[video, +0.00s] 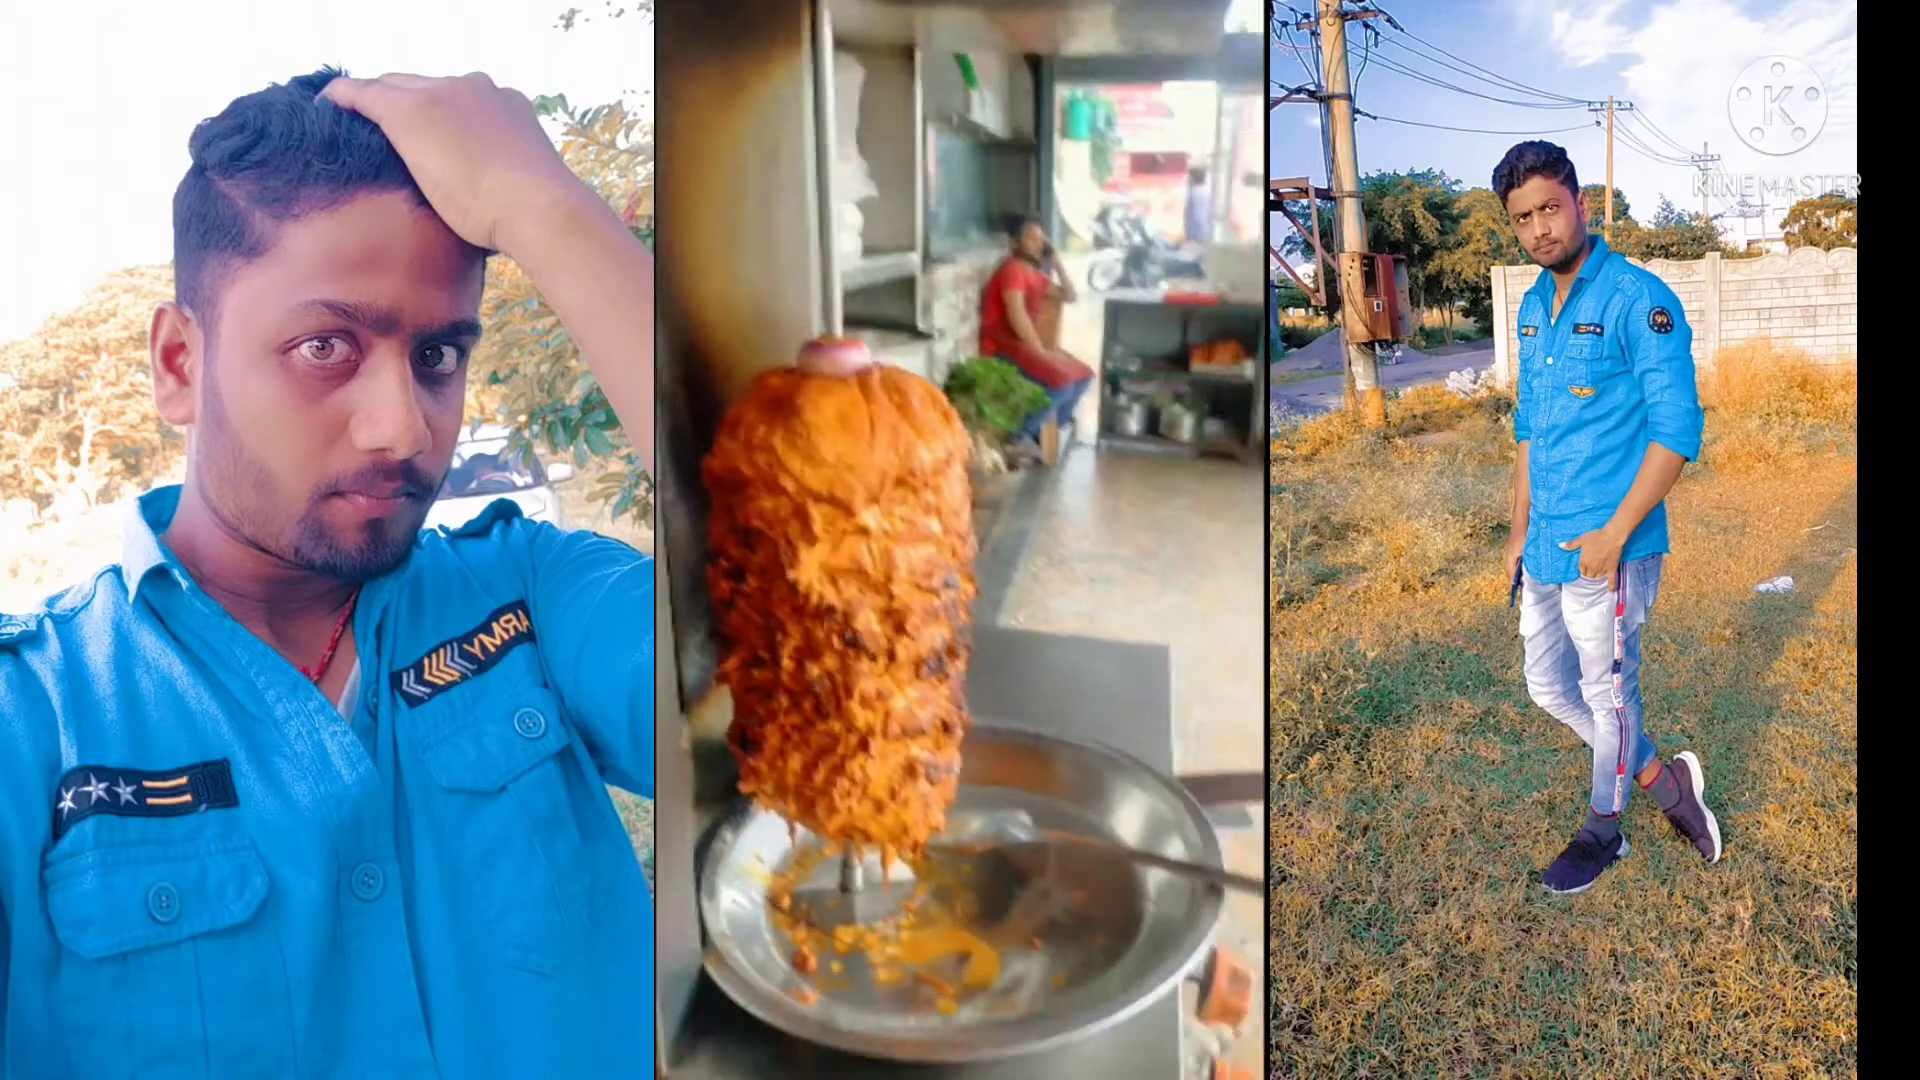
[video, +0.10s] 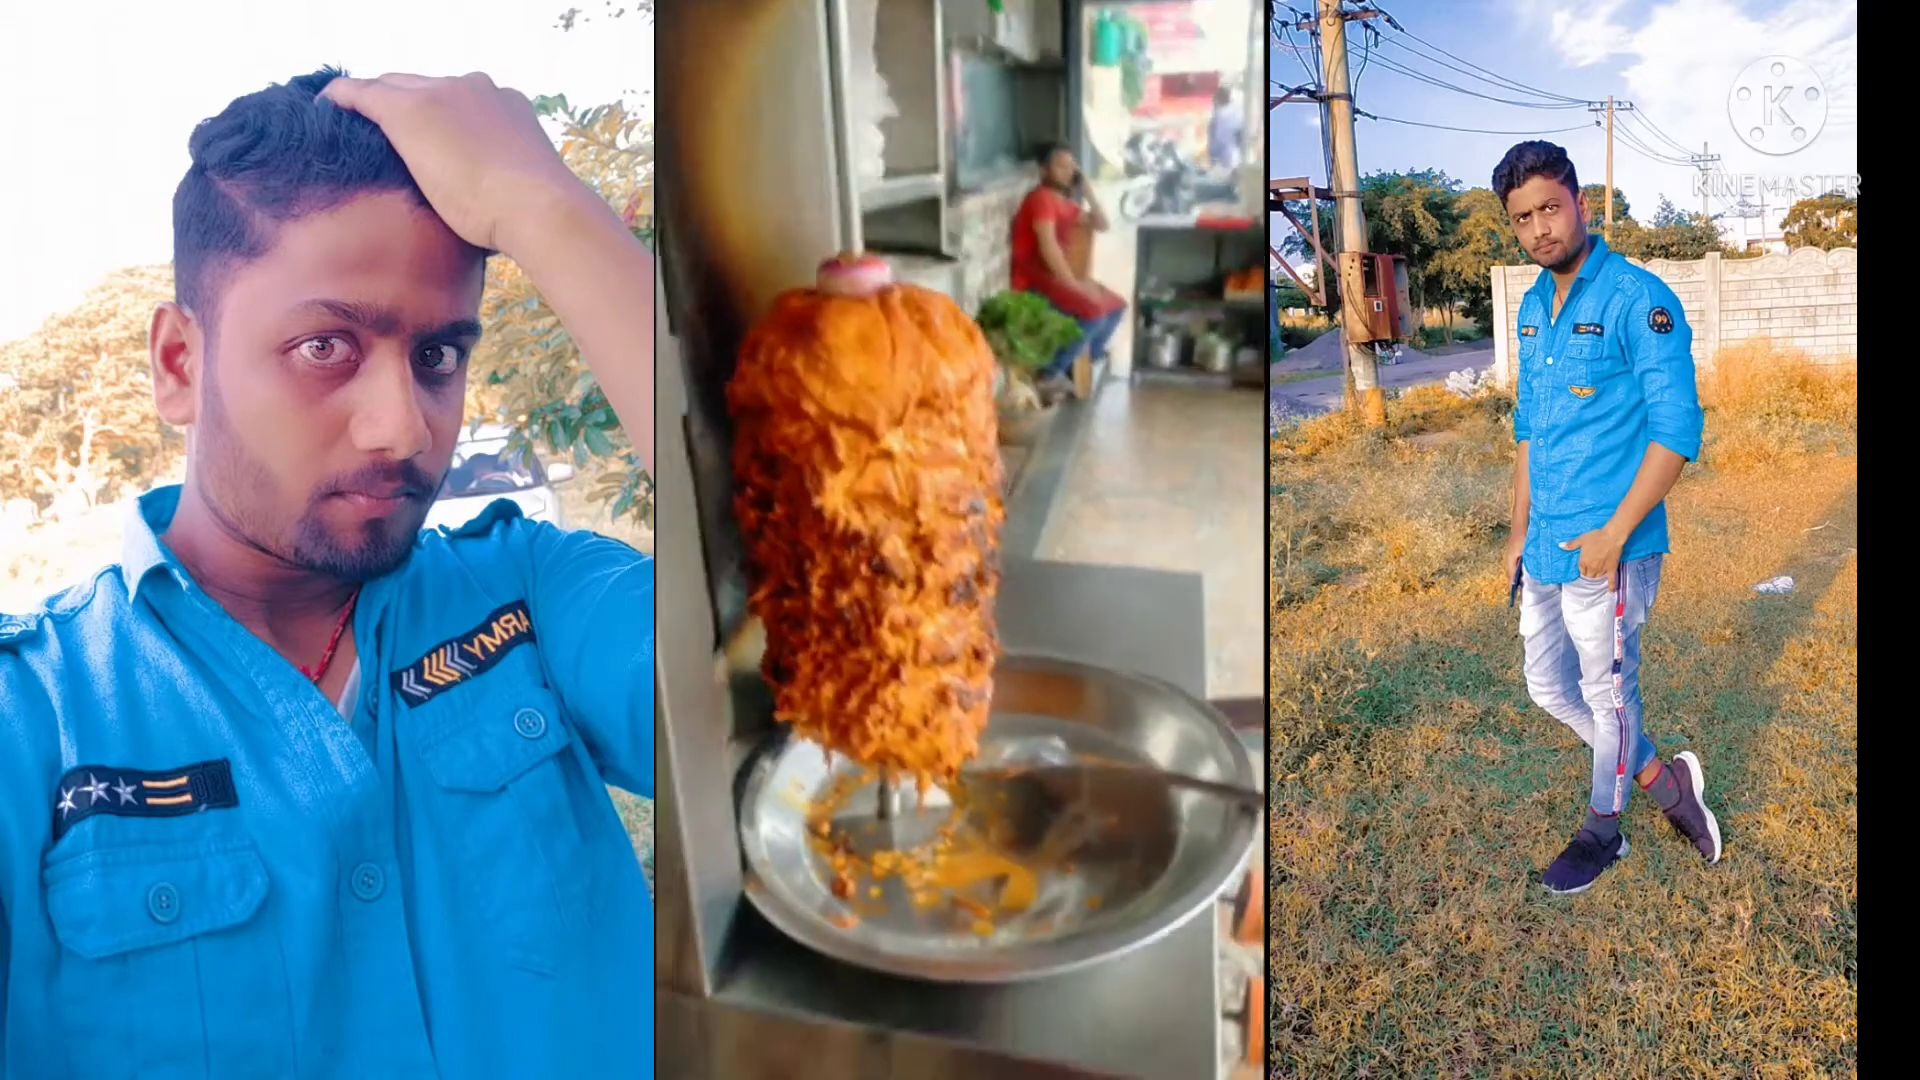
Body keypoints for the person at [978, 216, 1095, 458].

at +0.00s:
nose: (1039, 243)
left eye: (1041, 237)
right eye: (1032, 237)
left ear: (1042, 241)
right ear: (1016, 241)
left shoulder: (1033, 273)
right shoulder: (1013, 269)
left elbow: (1069, 295)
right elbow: (1016, 314)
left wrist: (1054, 261)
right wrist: (1039, 350)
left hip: (1024, 344)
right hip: (1003, 347)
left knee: (1082, 375)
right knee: (1061, 381)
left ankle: (1047, 431)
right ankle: (1021, 438)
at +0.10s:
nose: (1069, 171)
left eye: (1071, 164)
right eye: (1061, 164)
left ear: (1073, 169)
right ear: (1045, 168)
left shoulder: (1064, 203)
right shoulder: (1041, 199)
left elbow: (1101, 224)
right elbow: (1047, 246)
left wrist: (1084, 188)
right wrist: (1073, 284)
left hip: (1059, 277)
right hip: (1036, 282)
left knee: (1115, 305)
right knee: (1094, 313)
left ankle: (1083, 362)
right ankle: (1053, 373)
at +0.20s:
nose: (1095, 94)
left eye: (1097, 88)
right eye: (1087, 88)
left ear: (1099, 92)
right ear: (1071, 92)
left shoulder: (1091, 127)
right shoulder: (1067, 124)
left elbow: (1128, 148)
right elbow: (1073, 173)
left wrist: (1112, 113)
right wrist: (1103, 211)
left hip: (1085, 203)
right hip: (1061, 209)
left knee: (1144, 232)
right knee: (1122, 241)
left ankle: (1115, 290)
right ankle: (1082, 304)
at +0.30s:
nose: (1100, 34)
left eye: (1102, 28)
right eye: (1092, 28)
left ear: (1105, 33)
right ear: (1075, 32)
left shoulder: (1098, 67)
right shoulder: (1072, 64)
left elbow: (1135, 89)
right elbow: (1078, 115)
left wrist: (1119, 53)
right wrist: (1108, 155)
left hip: (1091, 147)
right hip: (1067, 151)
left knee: (1152, 176)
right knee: (1129, 186)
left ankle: (1120, 237)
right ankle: (1087, 251)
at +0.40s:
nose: (1115, 6)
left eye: (1117, 2)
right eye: (1108, 1)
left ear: (1119, 8)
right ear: (1091, 4)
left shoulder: (1112, 39)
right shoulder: (1086, 36)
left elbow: (1149, 61)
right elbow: (1091, 88)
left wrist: (1133, 24)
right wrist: (1122, 127)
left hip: (1104, 120)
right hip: (1077, 124)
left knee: (1166, 148)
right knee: (1141, 159)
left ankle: (1131, 214)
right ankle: (1099, 226)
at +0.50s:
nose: (1098, 11)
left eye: (1101, 5)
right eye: (1091, 4)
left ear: (1104, 11)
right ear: (1074, 7)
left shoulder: (1094, 45)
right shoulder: (1068, 42)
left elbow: (1132, 68)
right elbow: (1074, 97)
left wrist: (1116, 31)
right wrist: (1104, 134)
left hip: (1086, 128)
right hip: (1060, 132)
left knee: (1149, 156)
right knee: (1123, 166)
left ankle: (1113, 222)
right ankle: (1081, 233)